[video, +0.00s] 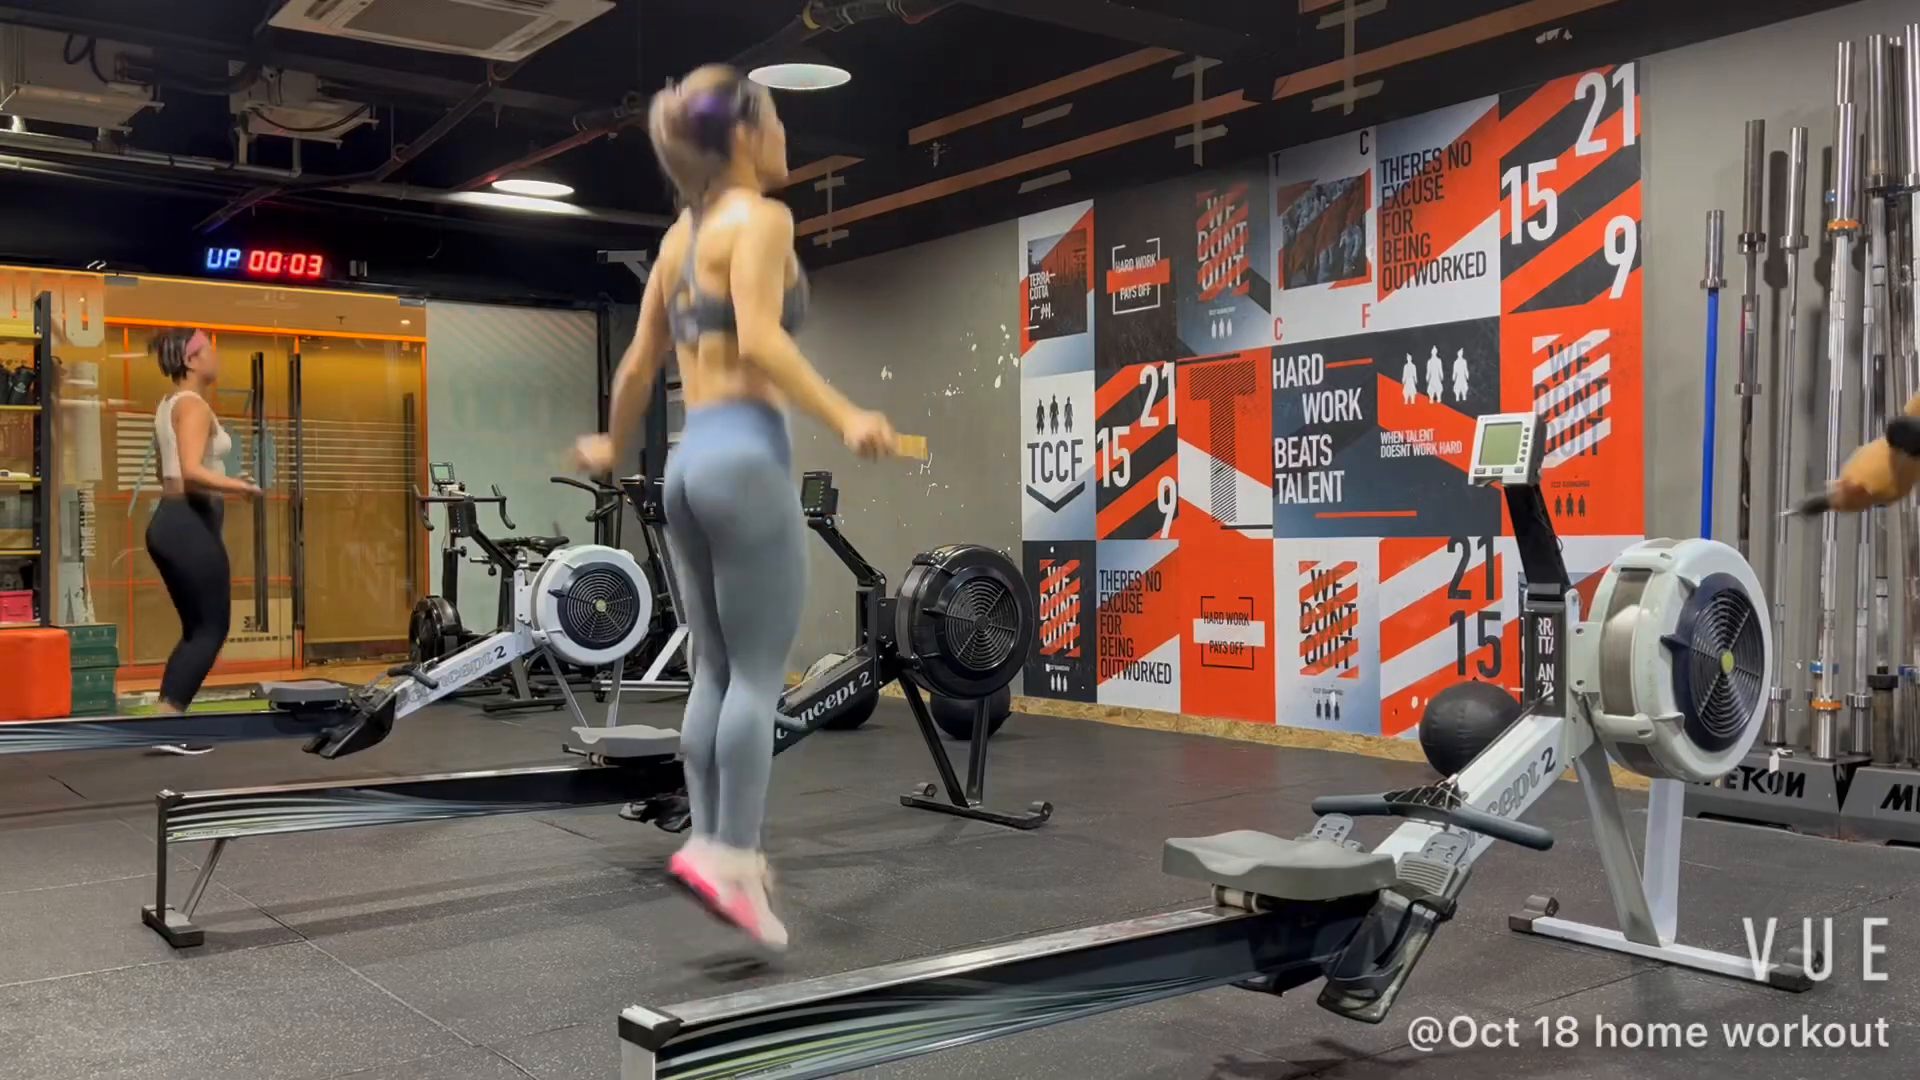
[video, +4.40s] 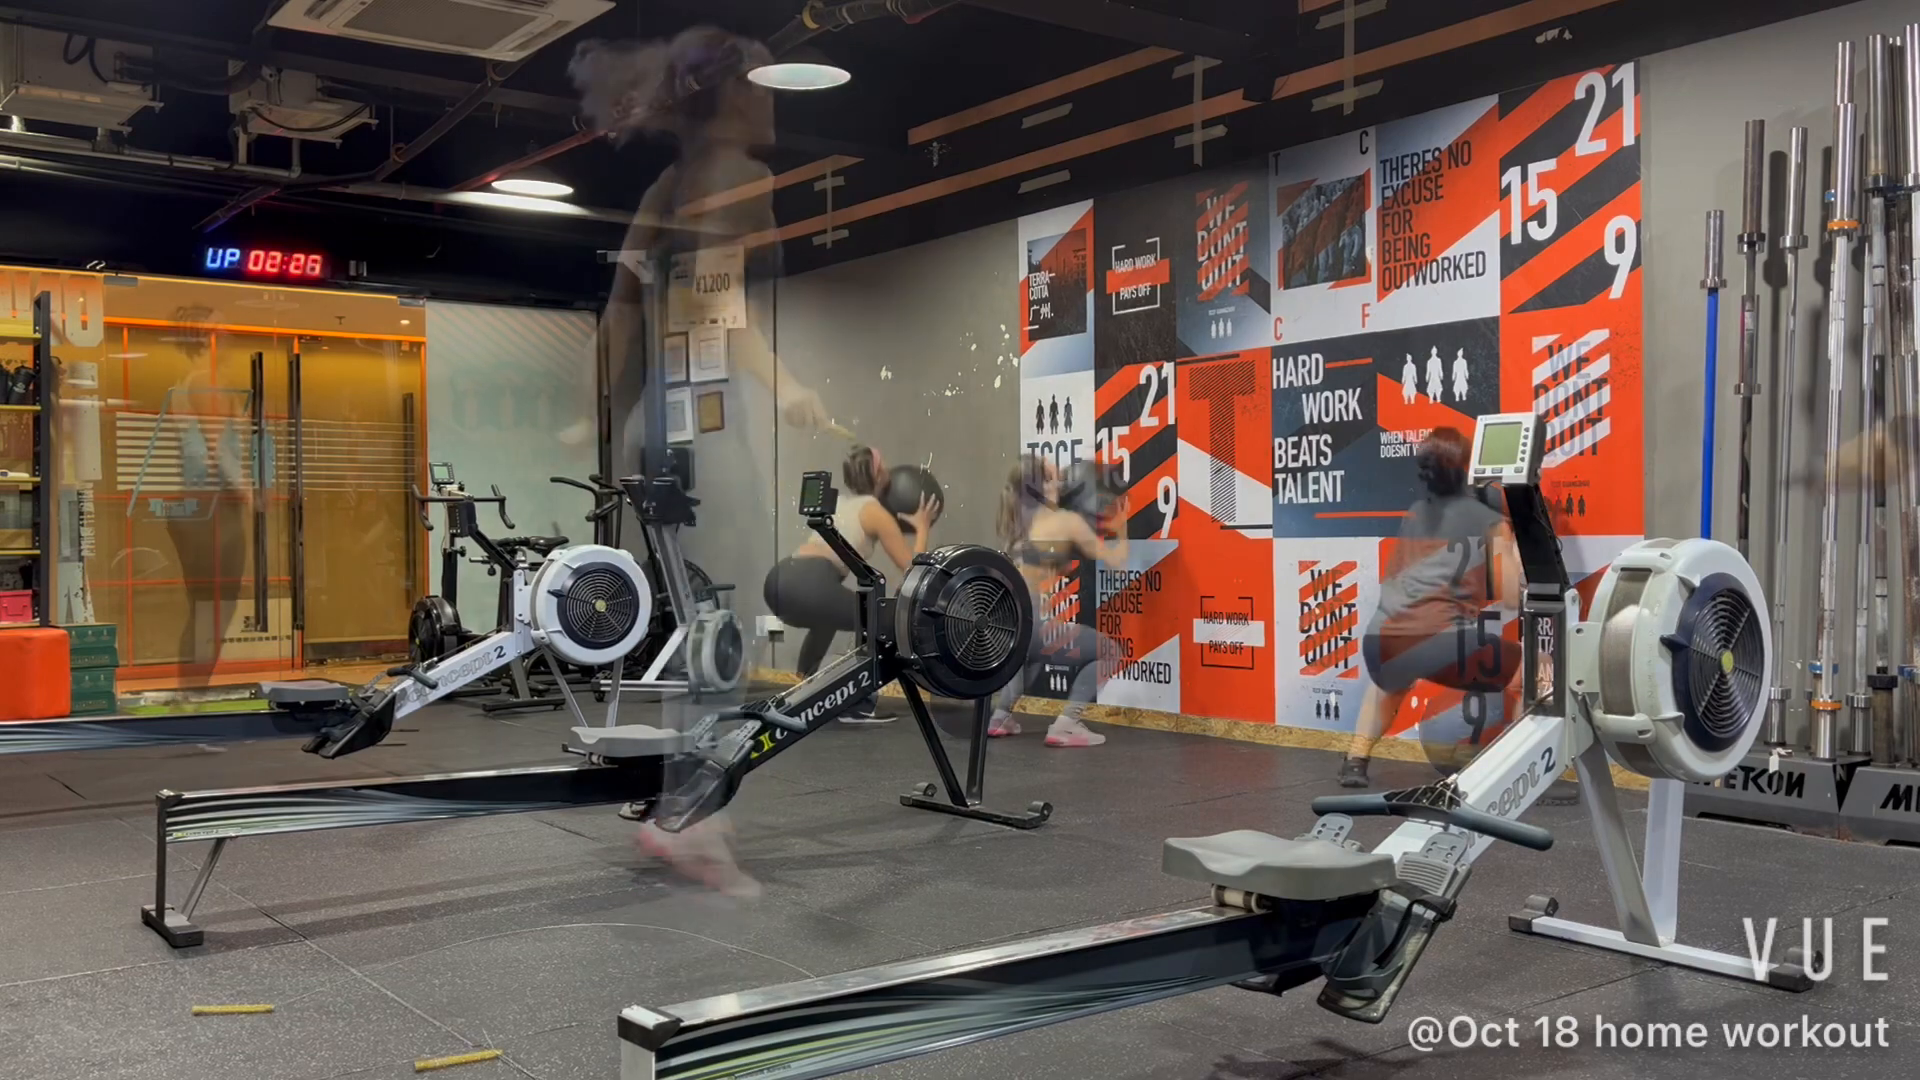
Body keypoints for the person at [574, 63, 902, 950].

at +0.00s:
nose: (781, 133)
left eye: (774, 118)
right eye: (771, 120)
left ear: (704, 145)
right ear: (744, 135)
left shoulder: (677, 237)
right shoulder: (763, 217)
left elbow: (640, 363)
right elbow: (758, 338)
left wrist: (611, 444)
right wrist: (847, 418)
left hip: (686, 457)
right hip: (742, 451)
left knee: (711, 671)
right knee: (755, 674)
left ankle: (709, 846)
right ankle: (736, 856)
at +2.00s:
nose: (763, 96)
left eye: (759, 80)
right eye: (754, 82)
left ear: (691, 96)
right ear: (722, 87)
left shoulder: (654, 188)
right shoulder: (739, 166)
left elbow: (616, 319)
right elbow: (722, 285)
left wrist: (605, 413)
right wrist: (791, 381)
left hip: (657, 412)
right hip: (714, 408)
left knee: (704, 621)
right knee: (750, 618)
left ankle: (689, 795)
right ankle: (712, 805)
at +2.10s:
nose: (759, 140)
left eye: (753, 125)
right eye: (747, 126)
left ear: (692, 148)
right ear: (717, 141)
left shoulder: (655, 240)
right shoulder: (729, 217)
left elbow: (599, 353)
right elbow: (715, 333)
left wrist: (544, 441)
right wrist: (789, 417)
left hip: (667, 468)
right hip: (712, 462)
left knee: (709, 673)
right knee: (748, 667)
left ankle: (686, 849)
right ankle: (710, 859)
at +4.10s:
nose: (762, 187)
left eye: (755, 173)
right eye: (751, 174)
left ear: (673, 191)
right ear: (728, 185)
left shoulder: (657, 277)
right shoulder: (726, 266)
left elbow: (618, 400)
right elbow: (722, 397)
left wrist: (610, 481)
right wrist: (810, 482)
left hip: (658, 503)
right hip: (710, 497)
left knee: (694, 707)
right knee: (742, 700)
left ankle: (659, 898)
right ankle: (681, 906)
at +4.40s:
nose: (771, 111)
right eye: (761, 96)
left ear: (683, 93)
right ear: (727, 93)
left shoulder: (675, 187)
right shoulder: (730, 176)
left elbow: (630, 316)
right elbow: (710, 309)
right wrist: (791, 391)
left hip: (667, 413)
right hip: (713, 409)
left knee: (706, 607)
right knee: (729, 606)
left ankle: (689, 811)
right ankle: (690, 812)